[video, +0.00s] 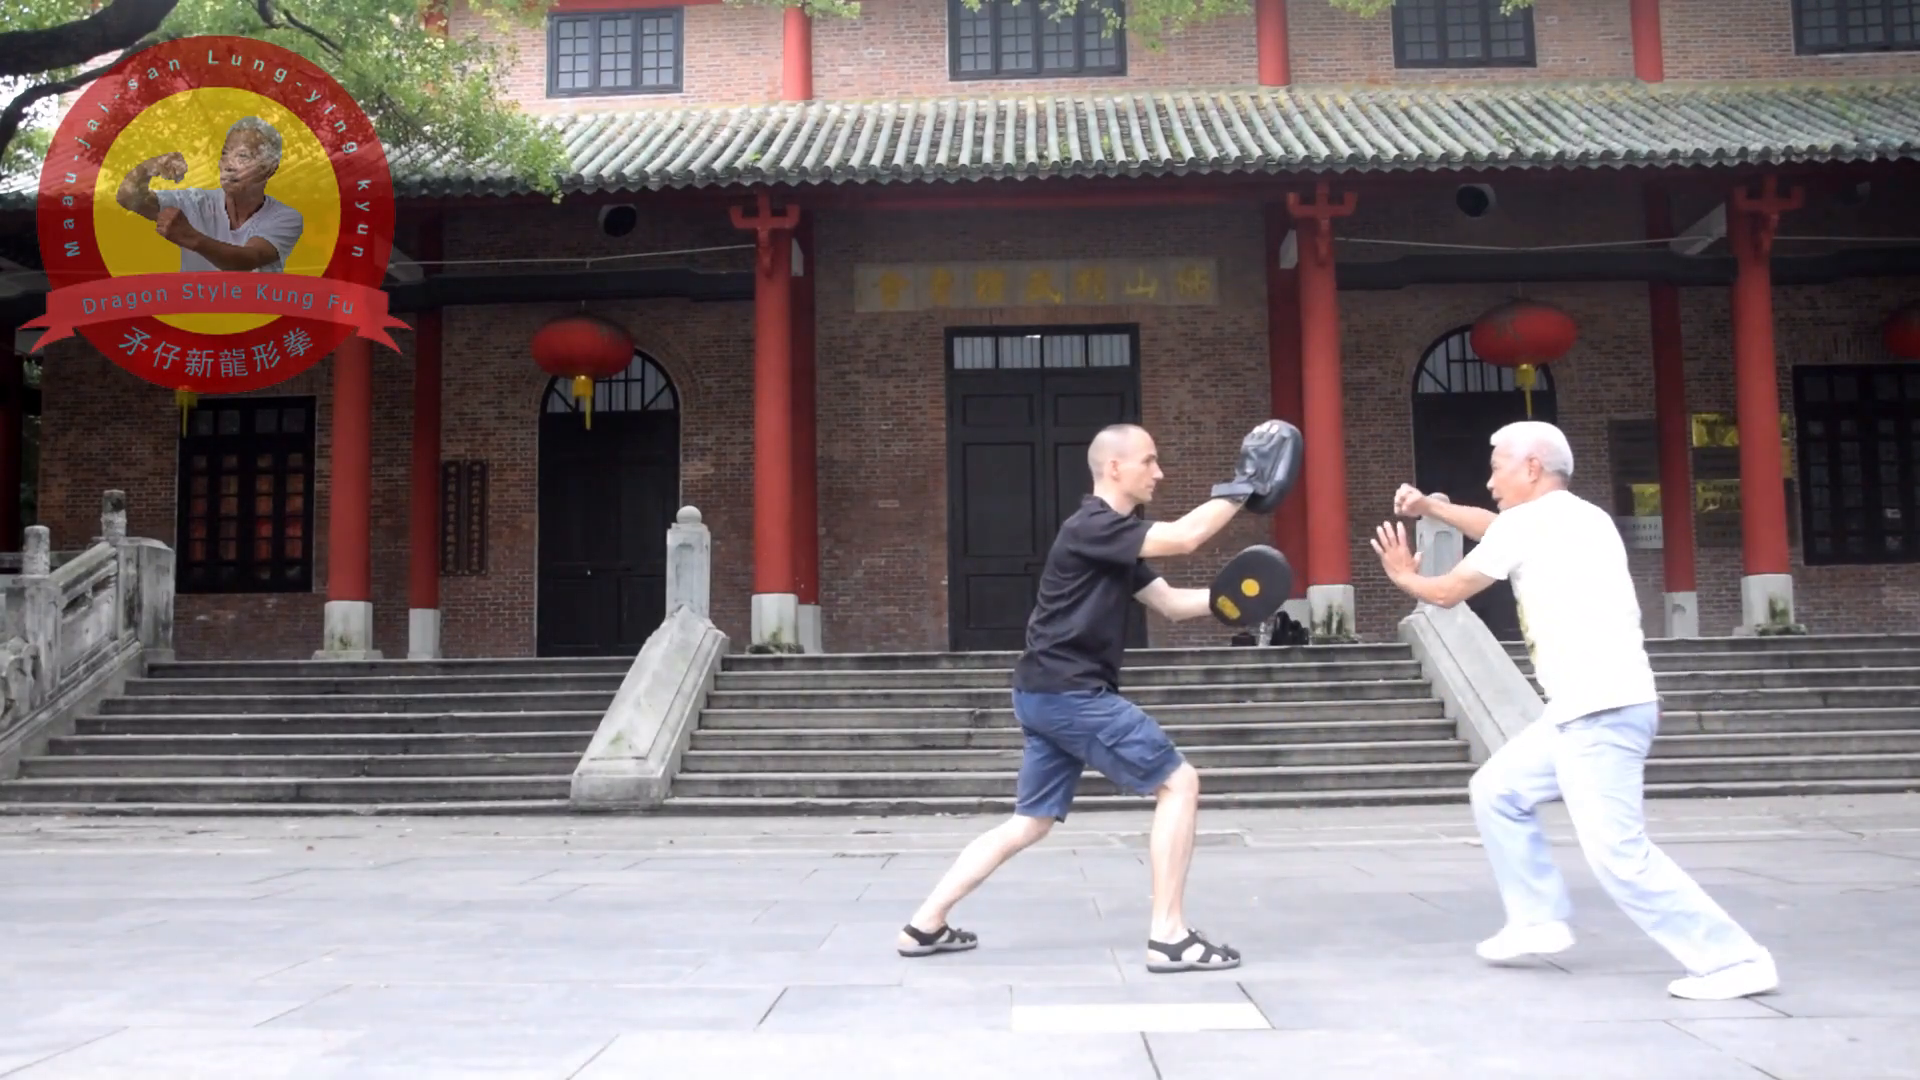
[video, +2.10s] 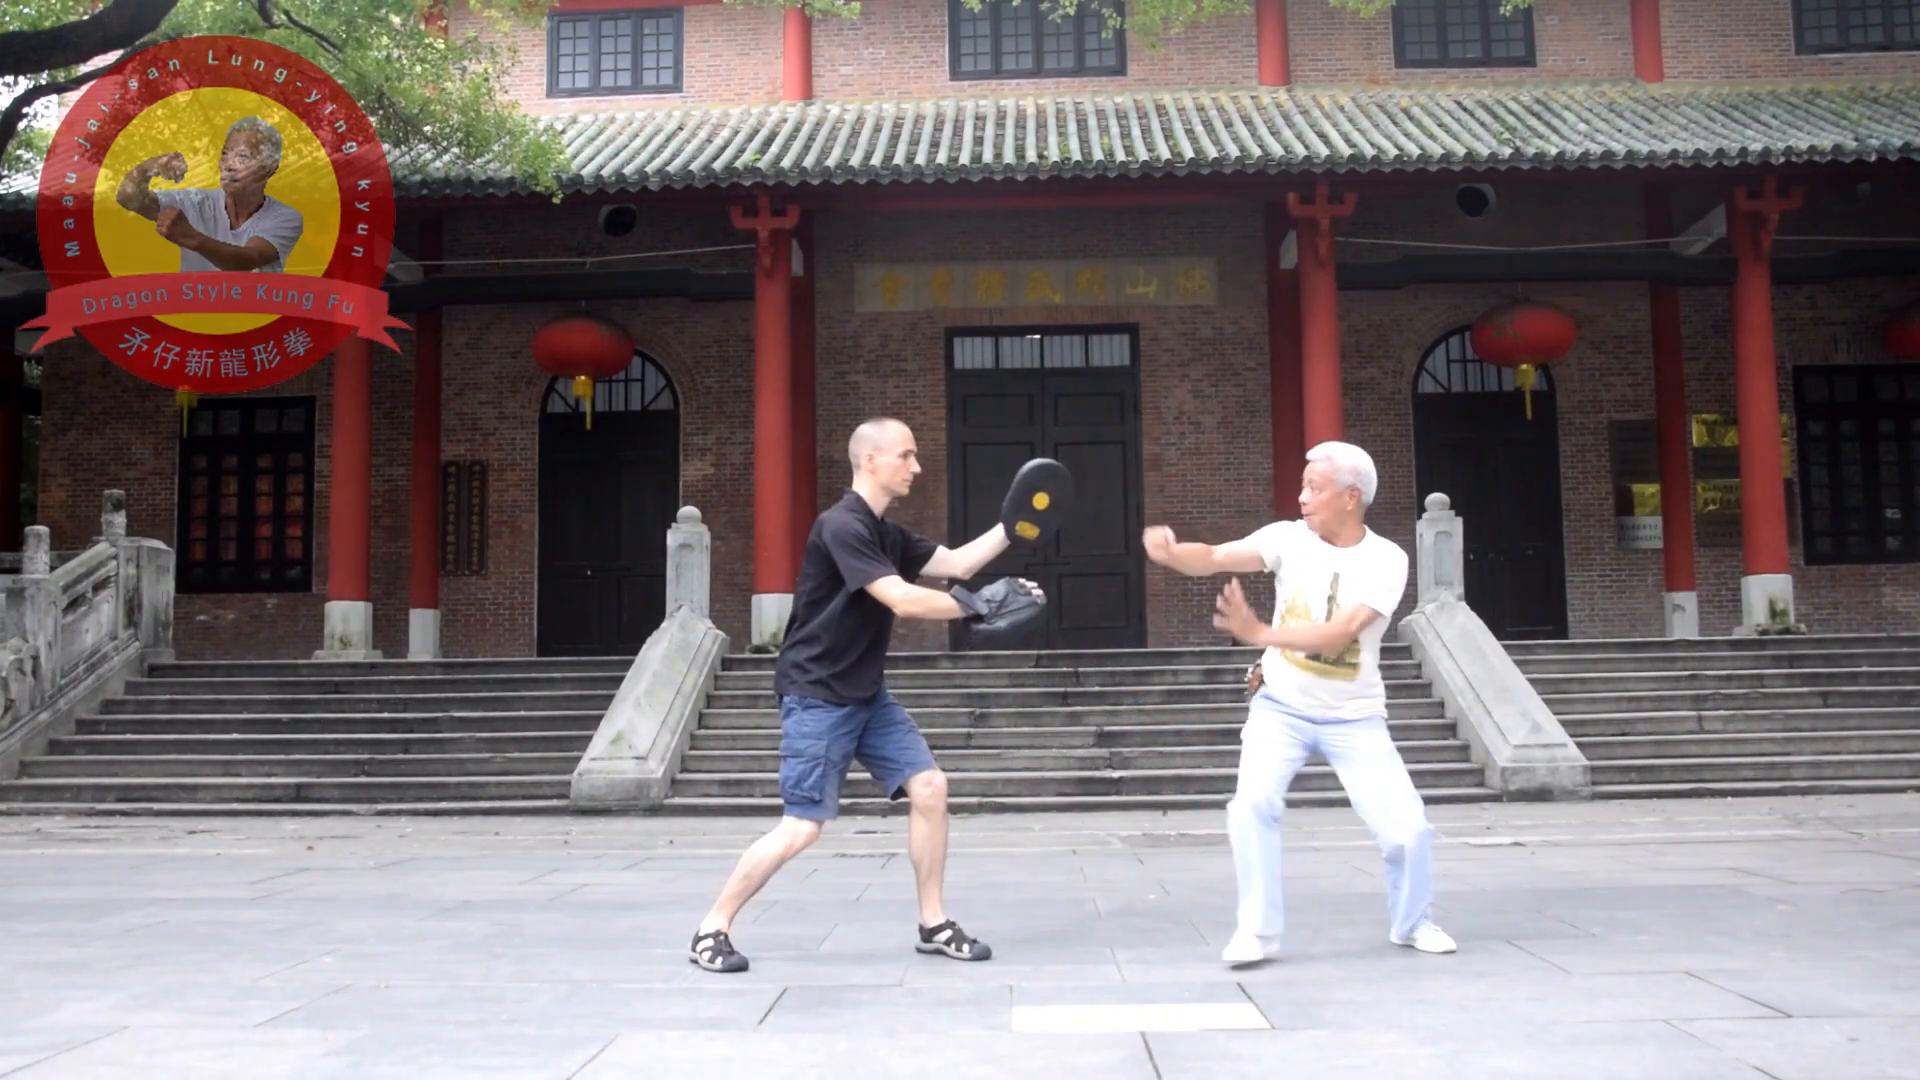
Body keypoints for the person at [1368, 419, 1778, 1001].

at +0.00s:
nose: (1491, 480)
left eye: (1497, 467)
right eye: (1492, 467)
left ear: (1532, 468)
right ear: (1545, 471)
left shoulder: (1523, 524)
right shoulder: (1591, 518)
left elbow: (1451, 591)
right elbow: (1496, 526)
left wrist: (1404, 576)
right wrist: (1429, 505)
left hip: (1595, 709)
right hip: (1609, 703)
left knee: (1620, 853)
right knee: (1495, 791)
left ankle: (1735, 960)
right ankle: (1538, 924)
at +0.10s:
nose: (1467, 481)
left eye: (1472, 469)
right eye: (1468, 470)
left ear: (1506, 474)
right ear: (1526, 476)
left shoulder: (1492, 527)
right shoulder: (1578, 521)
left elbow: (1405, 582)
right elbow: (1515, 510)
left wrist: (1377, 560)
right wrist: (1452, 506)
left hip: (1554, 726)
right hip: (1574, 717)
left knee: (1603, 852)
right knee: (1442, 784)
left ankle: (1728, 953)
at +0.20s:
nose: (1426, 485)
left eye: (1433, 474)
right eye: (1429, 472)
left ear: (1467, 482)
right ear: (1485, 481)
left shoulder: (1441, 534)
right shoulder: (1531, 531)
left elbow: (1342, 553)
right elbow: (1551, 501)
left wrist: (1276, 536)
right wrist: (1508, 470)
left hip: (1503, 735)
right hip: (1493, 732)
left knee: (1581, 850)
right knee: (1389, 811)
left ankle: (1720, 942)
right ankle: (1318, 924)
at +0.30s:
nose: (1389, 483)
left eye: (1399, 475)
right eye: (1394, 473)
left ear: (1431, 490)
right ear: (1440, 488)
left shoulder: (1430, 550)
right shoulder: (1456, 537)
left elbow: (1334, 592)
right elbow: (1438, 491)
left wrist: (1245, 595)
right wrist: (1479, 469)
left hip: (1457, 738)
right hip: (1423, 735)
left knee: (1531, 841)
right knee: (1321, 803)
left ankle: (1678, 928)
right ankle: (1302, 937)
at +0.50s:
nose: (1333, 483)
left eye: (1345, 473)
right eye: (1336, 472)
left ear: (1384, 484)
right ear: (1361, 482)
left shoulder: (1413, 544)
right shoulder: (1331, 526)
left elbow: (1331, 590)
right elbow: (1260, 492)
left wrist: (1236, 608)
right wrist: (1217, 435)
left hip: (1418, 724)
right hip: (1351, 717)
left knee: (1449, 850)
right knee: (1278, 808)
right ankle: (1298, 941)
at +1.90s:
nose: (1283, 486)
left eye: (1293, 476)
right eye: (1283, 475)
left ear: (1331, 479)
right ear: (1308, 481)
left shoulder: (1378, 534)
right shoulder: (1284, 531)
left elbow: (1331, 604)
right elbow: (1215, 548)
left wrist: (1248, 585)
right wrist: (1165, 496)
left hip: (1383, 705)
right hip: (1310, 703)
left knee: (1417, 828)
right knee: (1292, 810)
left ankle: (1411, 920)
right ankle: (1271, 940)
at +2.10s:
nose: (1302, 498)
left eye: (1313, 488)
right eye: (1302, 487)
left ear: (1351, 498)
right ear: (1339, 496)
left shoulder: (1387, 559)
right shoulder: (1288, 537)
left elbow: (1340, 635)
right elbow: (1217, 558)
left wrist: (1258, 633)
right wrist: (1168, 552)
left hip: (1355, 717)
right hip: (1279, 709)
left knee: (1409, 830)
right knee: (1252, 805)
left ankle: (1412, 923)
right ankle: (1256, 932)